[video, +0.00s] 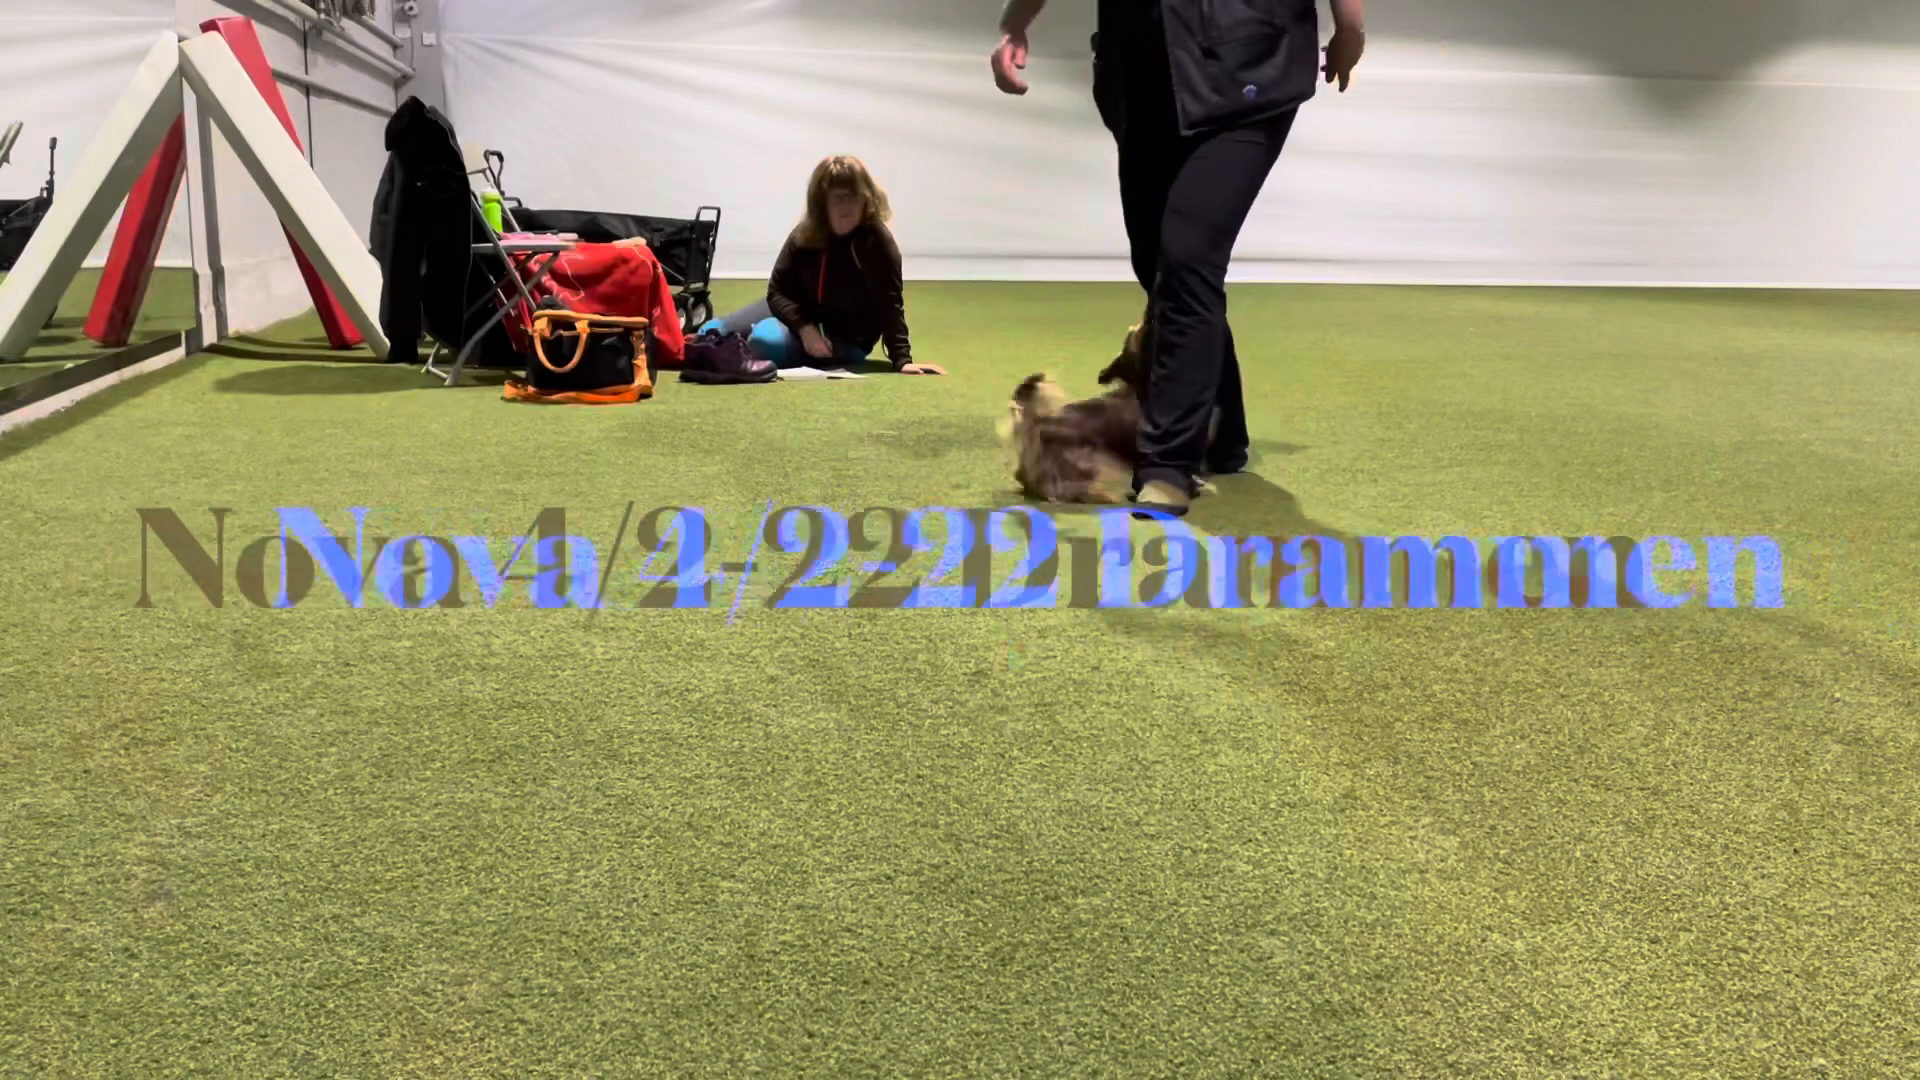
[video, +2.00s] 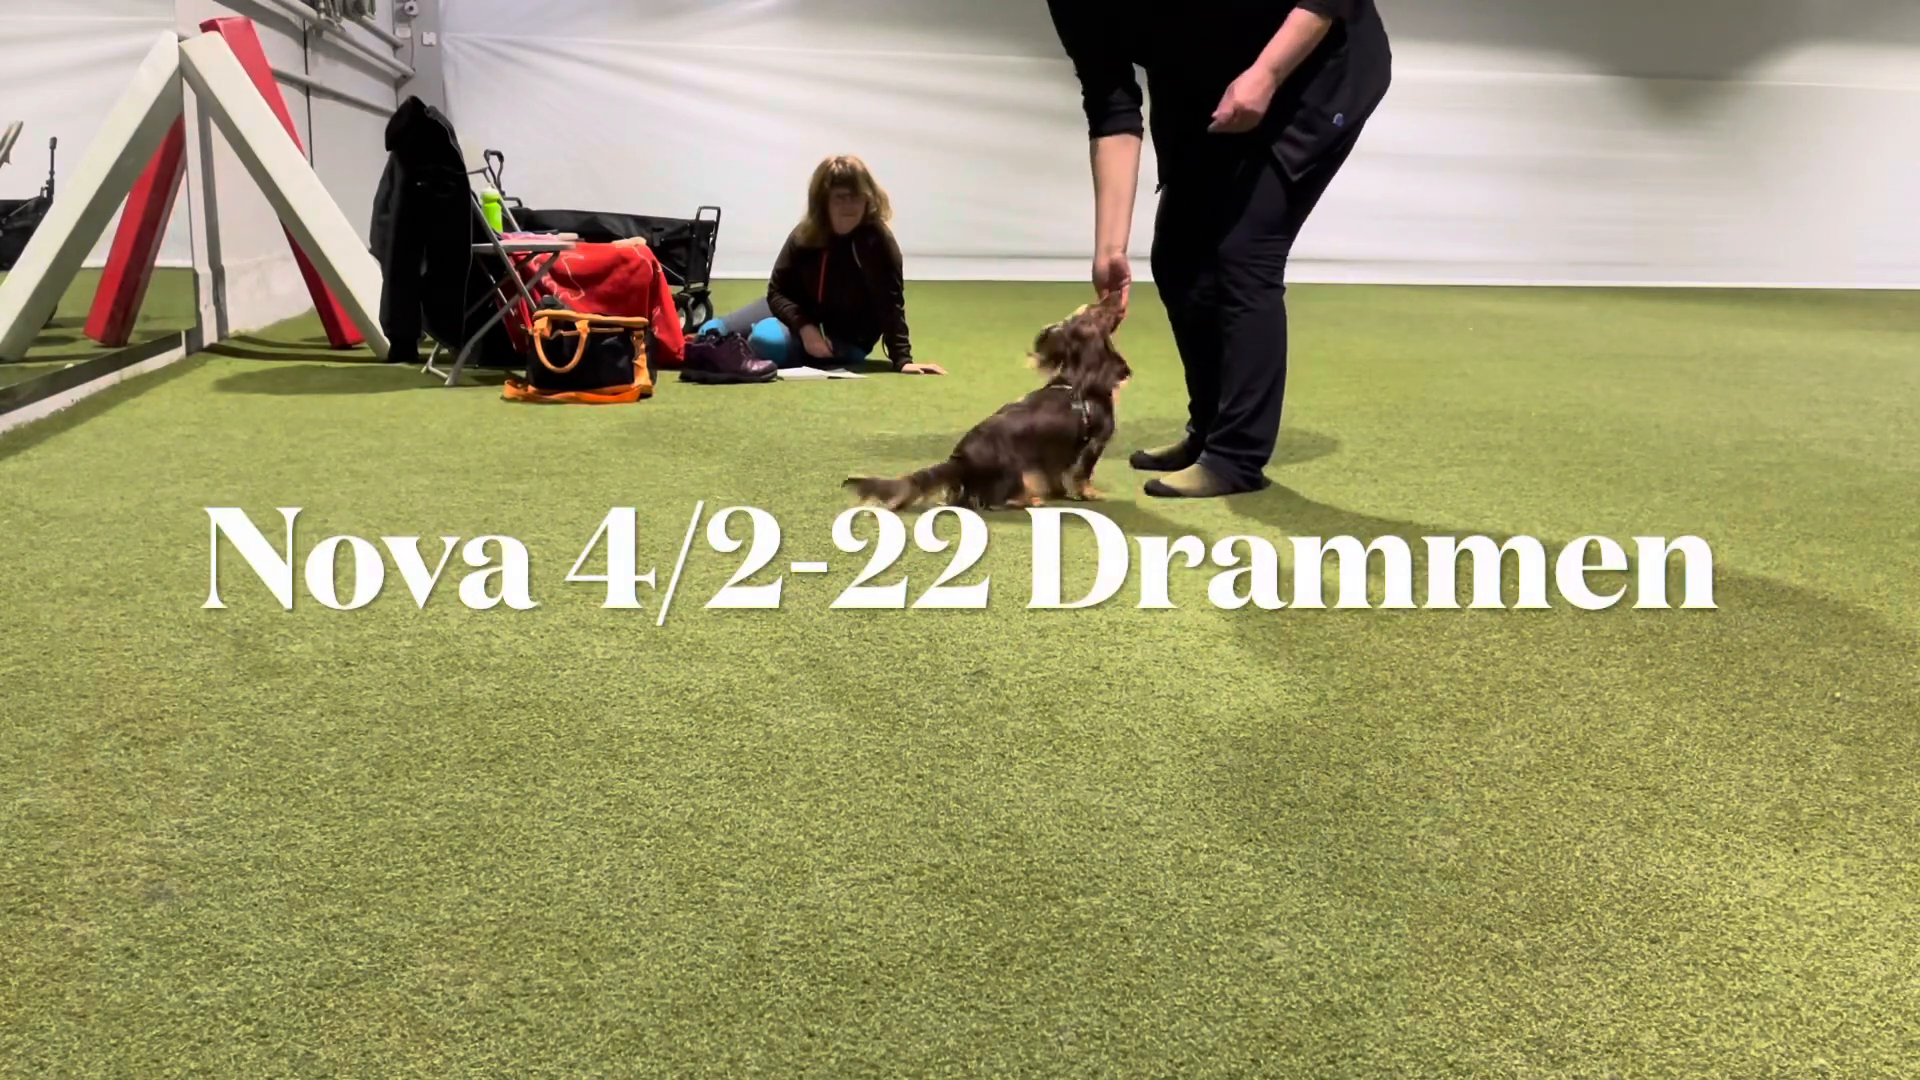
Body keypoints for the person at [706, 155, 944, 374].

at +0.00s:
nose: (846, 205)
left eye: (853, 197)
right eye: (837, 197)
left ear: (866, 201)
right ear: (821, 201)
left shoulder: (879, 244)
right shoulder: (804, 237)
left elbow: (891, 303)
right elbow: (777, 291)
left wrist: (902, 361)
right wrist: (805, 328)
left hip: (842, 338)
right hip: (796, 313)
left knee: (765, 338)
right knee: (712, 332)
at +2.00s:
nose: (848, 204)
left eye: (856, 195)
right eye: (839, 196)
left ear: (868, 200)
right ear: (823, 200)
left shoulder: (878, 242)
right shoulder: (805, 236)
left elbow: (891, 302)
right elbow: (778, 292)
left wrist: (902, 360)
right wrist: (805, 327)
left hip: (841, 338)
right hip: (794, 313)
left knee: (764, 337)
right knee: (714, 331)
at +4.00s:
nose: (847, 205)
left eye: (855, 196)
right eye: (838, 197)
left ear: (866, 200)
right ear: (822, 201)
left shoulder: (878, 243)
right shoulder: (804, 237)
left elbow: (891, 302)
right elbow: (777, 293)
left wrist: (902, 360)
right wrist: (804, 327)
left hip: (840, 338)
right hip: (794, 313)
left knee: (764, 337)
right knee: (714, 331)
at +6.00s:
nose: (847, 205)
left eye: (854, 197)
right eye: (838, 198)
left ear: (866, 200)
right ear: (822, 201)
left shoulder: (878, 243)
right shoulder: (804, 237)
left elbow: (891, 302)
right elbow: (777, 292)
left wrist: (902, 360)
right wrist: (804, 328)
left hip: (842, 337)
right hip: (796, 313)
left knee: (764, 336)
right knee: (712, 331)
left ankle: (732, 346)